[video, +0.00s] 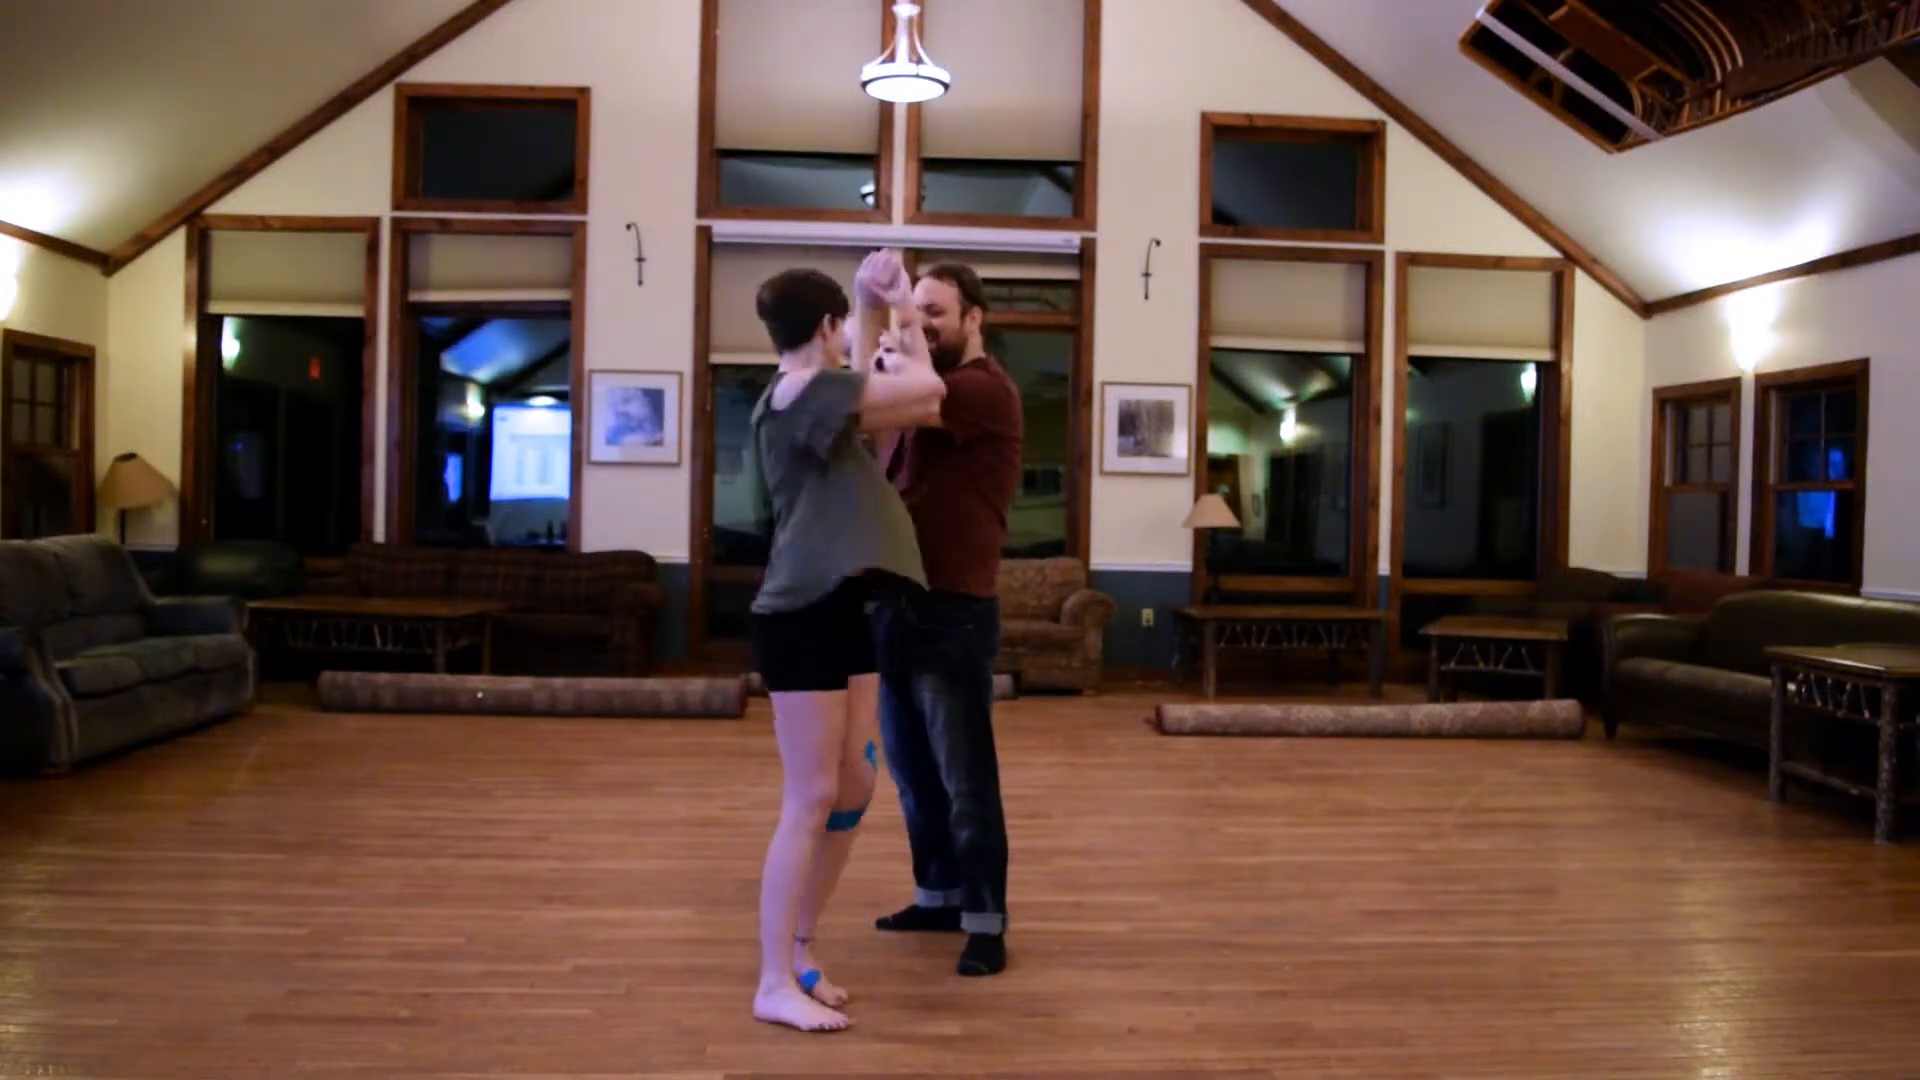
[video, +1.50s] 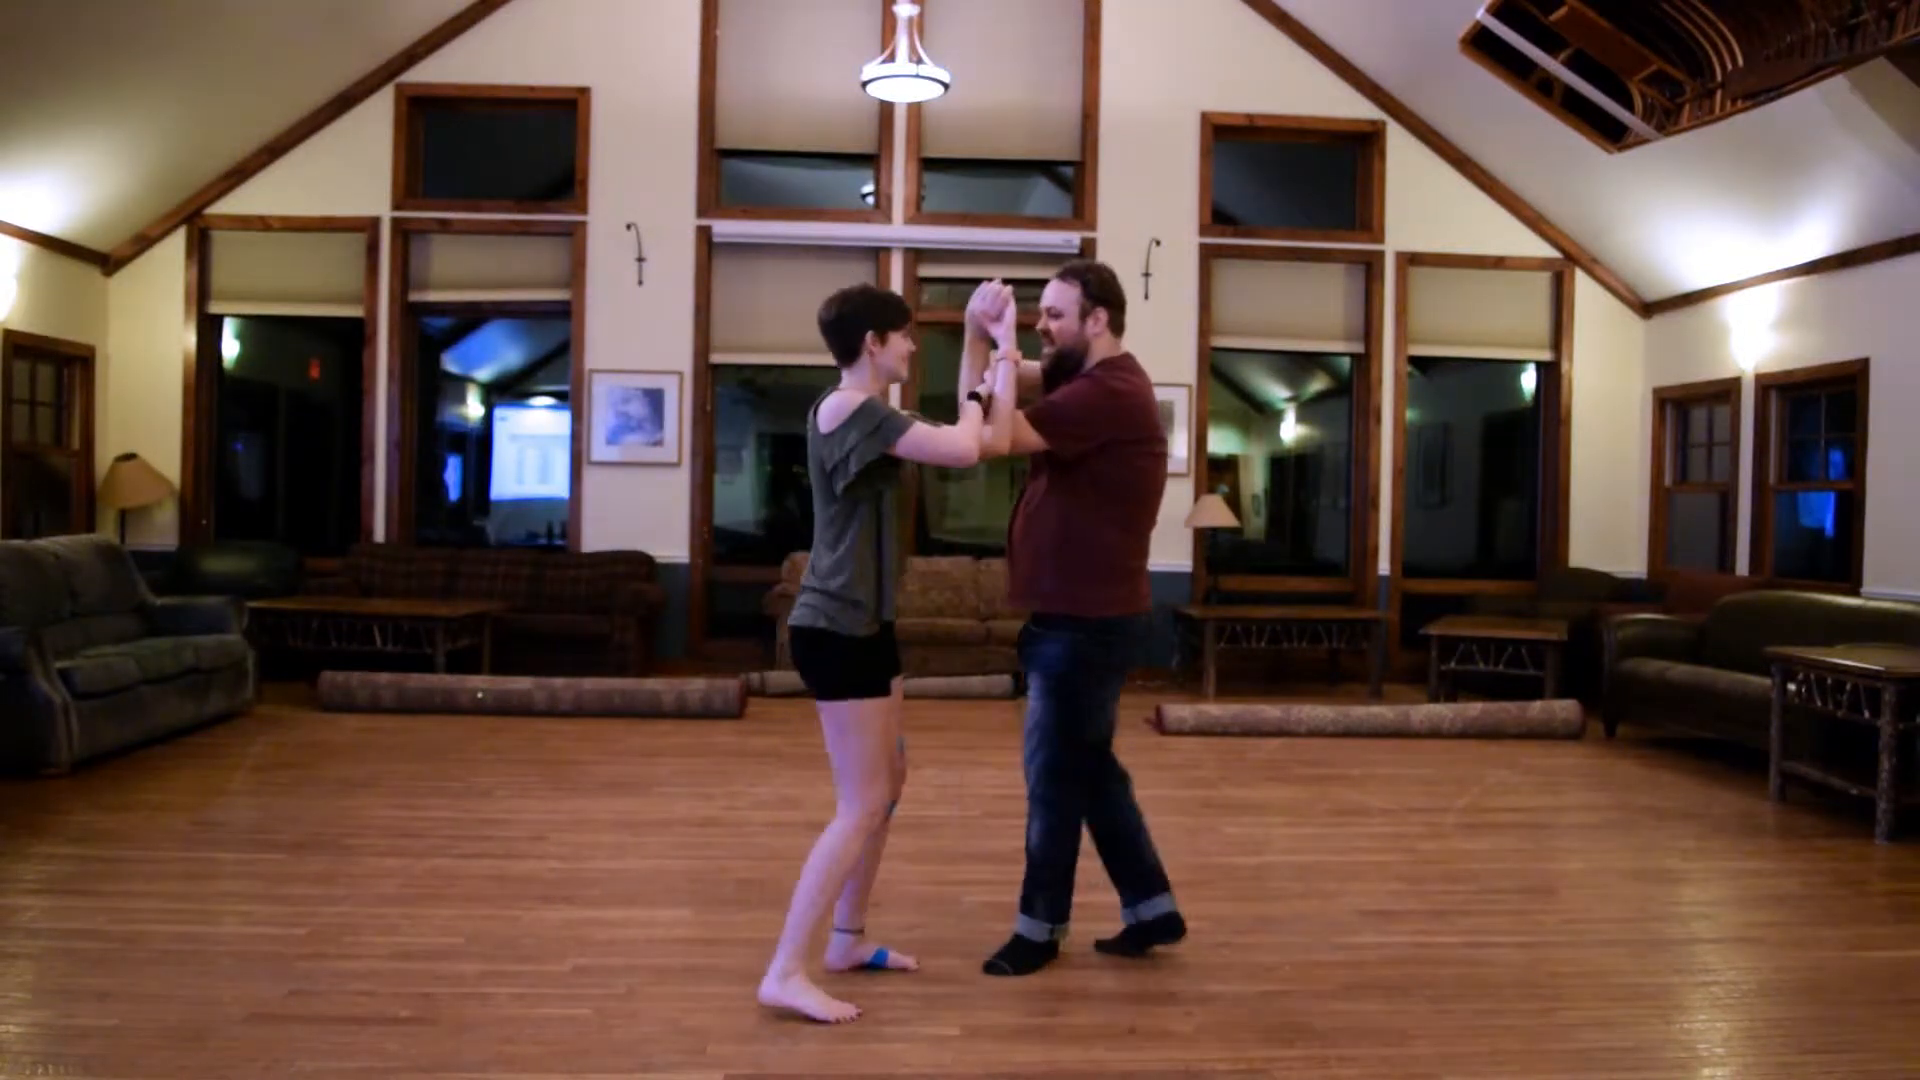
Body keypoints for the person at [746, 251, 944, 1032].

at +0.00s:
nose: (853, 335)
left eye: (853, 326)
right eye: (850, 324)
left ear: (786, 332)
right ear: (834, 326)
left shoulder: (810, 394)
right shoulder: (804, 396)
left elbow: (881, 388)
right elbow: (926, 394)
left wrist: (876, 304)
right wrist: (904, 317)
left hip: (845, 609)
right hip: (805, 613)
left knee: (852, 790)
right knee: (809, 797)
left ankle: (796, 954)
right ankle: (774, 986)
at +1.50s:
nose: (913, 349)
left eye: (911, 336)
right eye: (907, 336)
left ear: (860, 347)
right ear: (876, 344)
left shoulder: (843, 409)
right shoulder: (858, 416)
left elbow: (955, 443)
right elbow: (969, 447)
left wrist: (972, 371)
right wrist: (998, 352)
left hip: (858, 623)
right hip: (840, 628)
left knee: (887, 778)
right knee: (862, 804)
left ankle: (846, 940)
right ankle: (784, 974)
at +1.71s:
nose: (951, 349)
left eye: (950, 337)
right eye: (944, 337)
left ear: (902, 344)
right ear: (909, 342)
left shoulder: (877, 406)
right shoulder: (889, 411)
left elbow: (998, 439)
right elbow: (983, 453)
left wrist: (1016, 363)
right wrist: (1012, 384)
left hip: (861, 615)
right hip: (872, 620)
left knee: (881, 785)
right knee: (945, 775)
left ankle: (846, 933)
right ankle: (877, 935)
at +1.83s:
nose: (979, 349)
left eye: (977, 337)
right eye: (971, 337)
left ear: (926, 345)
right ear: (938, 344)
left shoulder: (903, 407)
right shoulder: (915, 414)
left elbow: (1017, 439)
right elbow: (1012, 453)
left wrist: (1040, 353)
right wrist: (1036, 386)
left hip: (890, 615)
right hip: (897, 622)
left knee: (891, 782)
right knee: (967, 775)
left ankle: (847, 935)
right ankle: (979, 953)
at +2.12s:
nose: (1044, 358)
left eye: (1043, 346)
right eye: (1038, 347)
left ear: (994, 354)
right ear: (1008, 352)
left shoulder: (974, 418)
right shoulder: (991, 425)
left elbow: (1086, 448)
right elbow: (1091, 464)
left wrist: (1100, 364)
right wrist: (1116, 384)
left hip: (972, 626)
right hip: (989, 632)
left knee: (962, 789)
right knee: (1047, 790)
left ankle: (866, 913)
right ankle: (1055, 968)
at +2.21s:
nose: (1063, 357)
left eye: (1062, 345)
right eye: (1059, 345)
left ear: (1015, 352)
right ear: (1032, 350)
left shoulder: (990, 418)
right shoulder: (1015, 425)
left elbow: (1102, 448)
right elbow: (1123, 462)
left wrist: (1111, 363)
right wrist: (1145, 372)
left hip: (999, 623)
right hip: (1020, 629)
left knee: (1020, 797)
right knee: (1067, 791)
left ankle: (902, 890)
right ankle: (1056, 969)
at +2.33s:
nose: (1098, 350)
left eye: (1095, 338)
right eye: (1092, 338)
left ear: (1048, 348)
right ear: (1065, 346)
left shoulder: (1036, 412)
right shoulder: (1047, 421)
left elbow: (1134, 436)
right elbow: (1158, 461)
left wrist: (1142, 351)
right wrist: (1179, 371)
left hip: (1061, 625)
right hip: (1046, 630)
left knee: (1112, 791)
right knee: (1084, 798)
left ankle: (982, 886)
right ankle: (1057, 971)